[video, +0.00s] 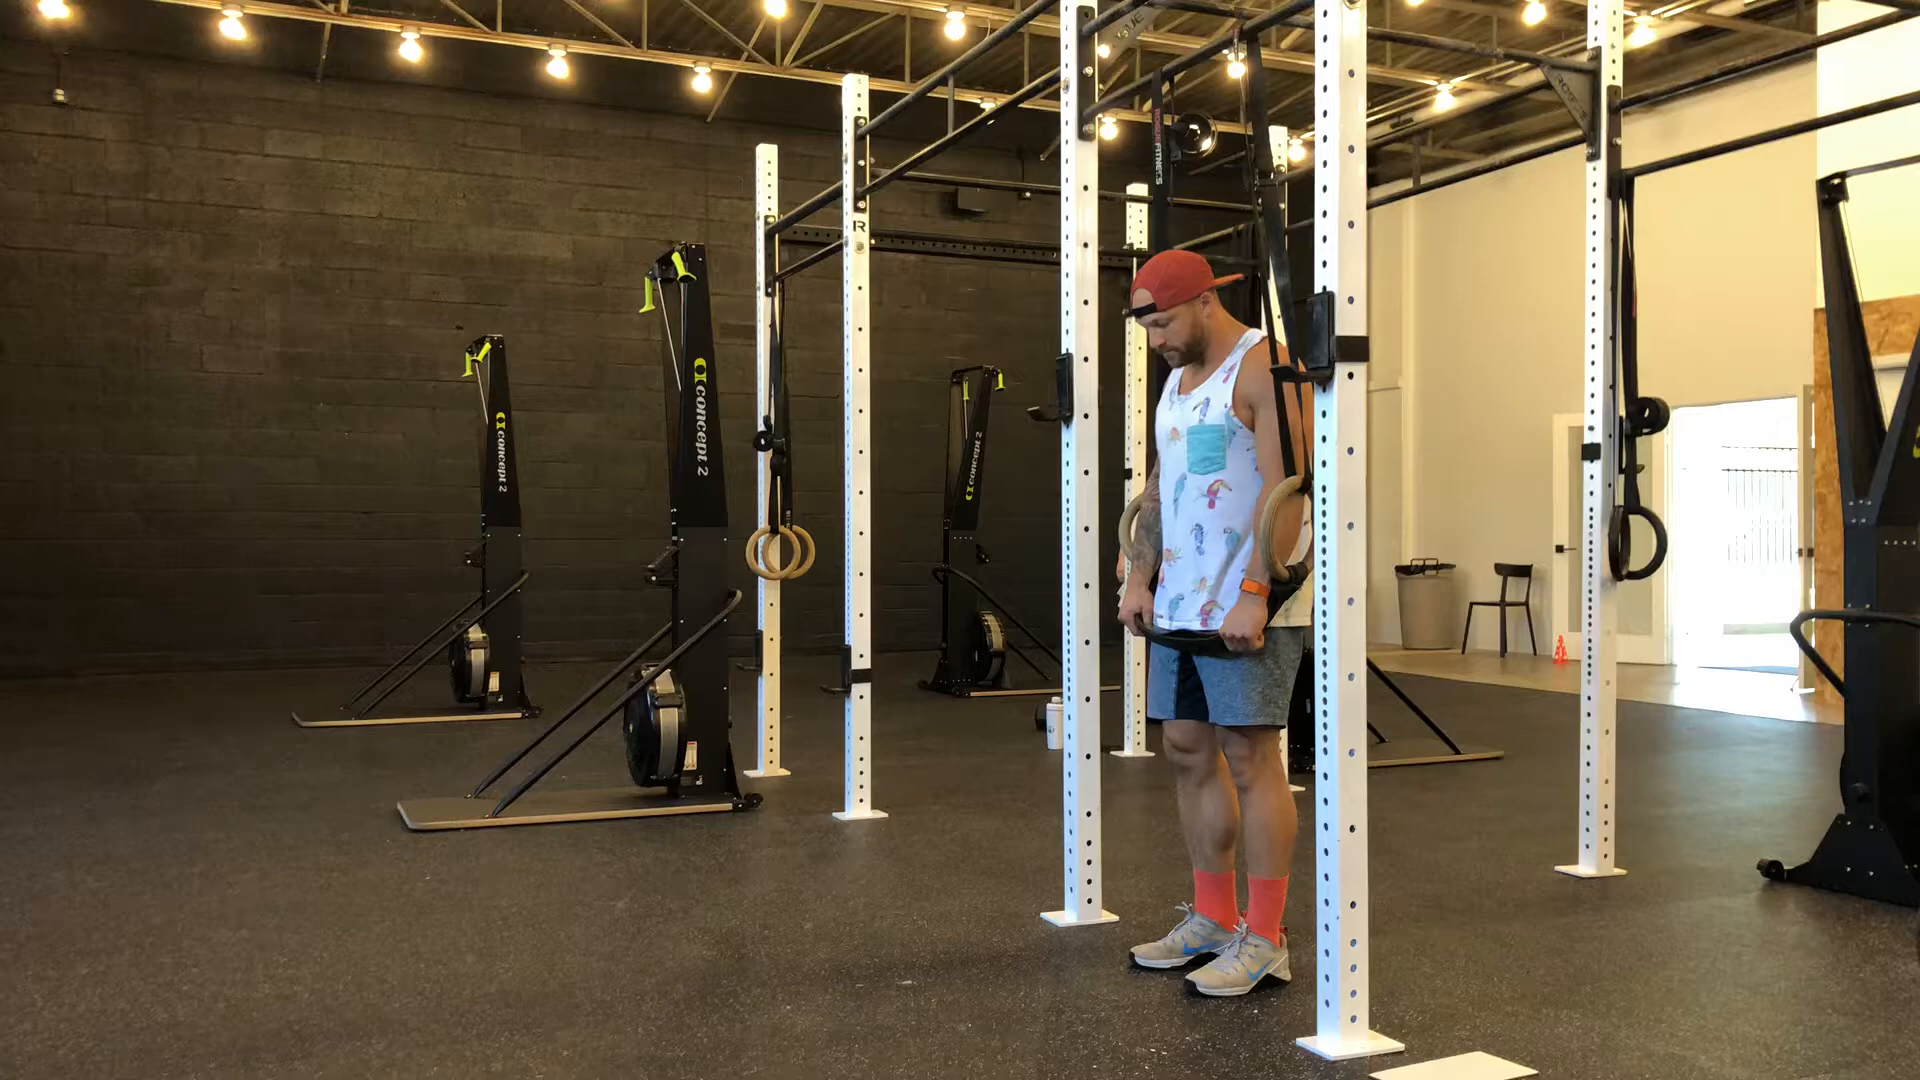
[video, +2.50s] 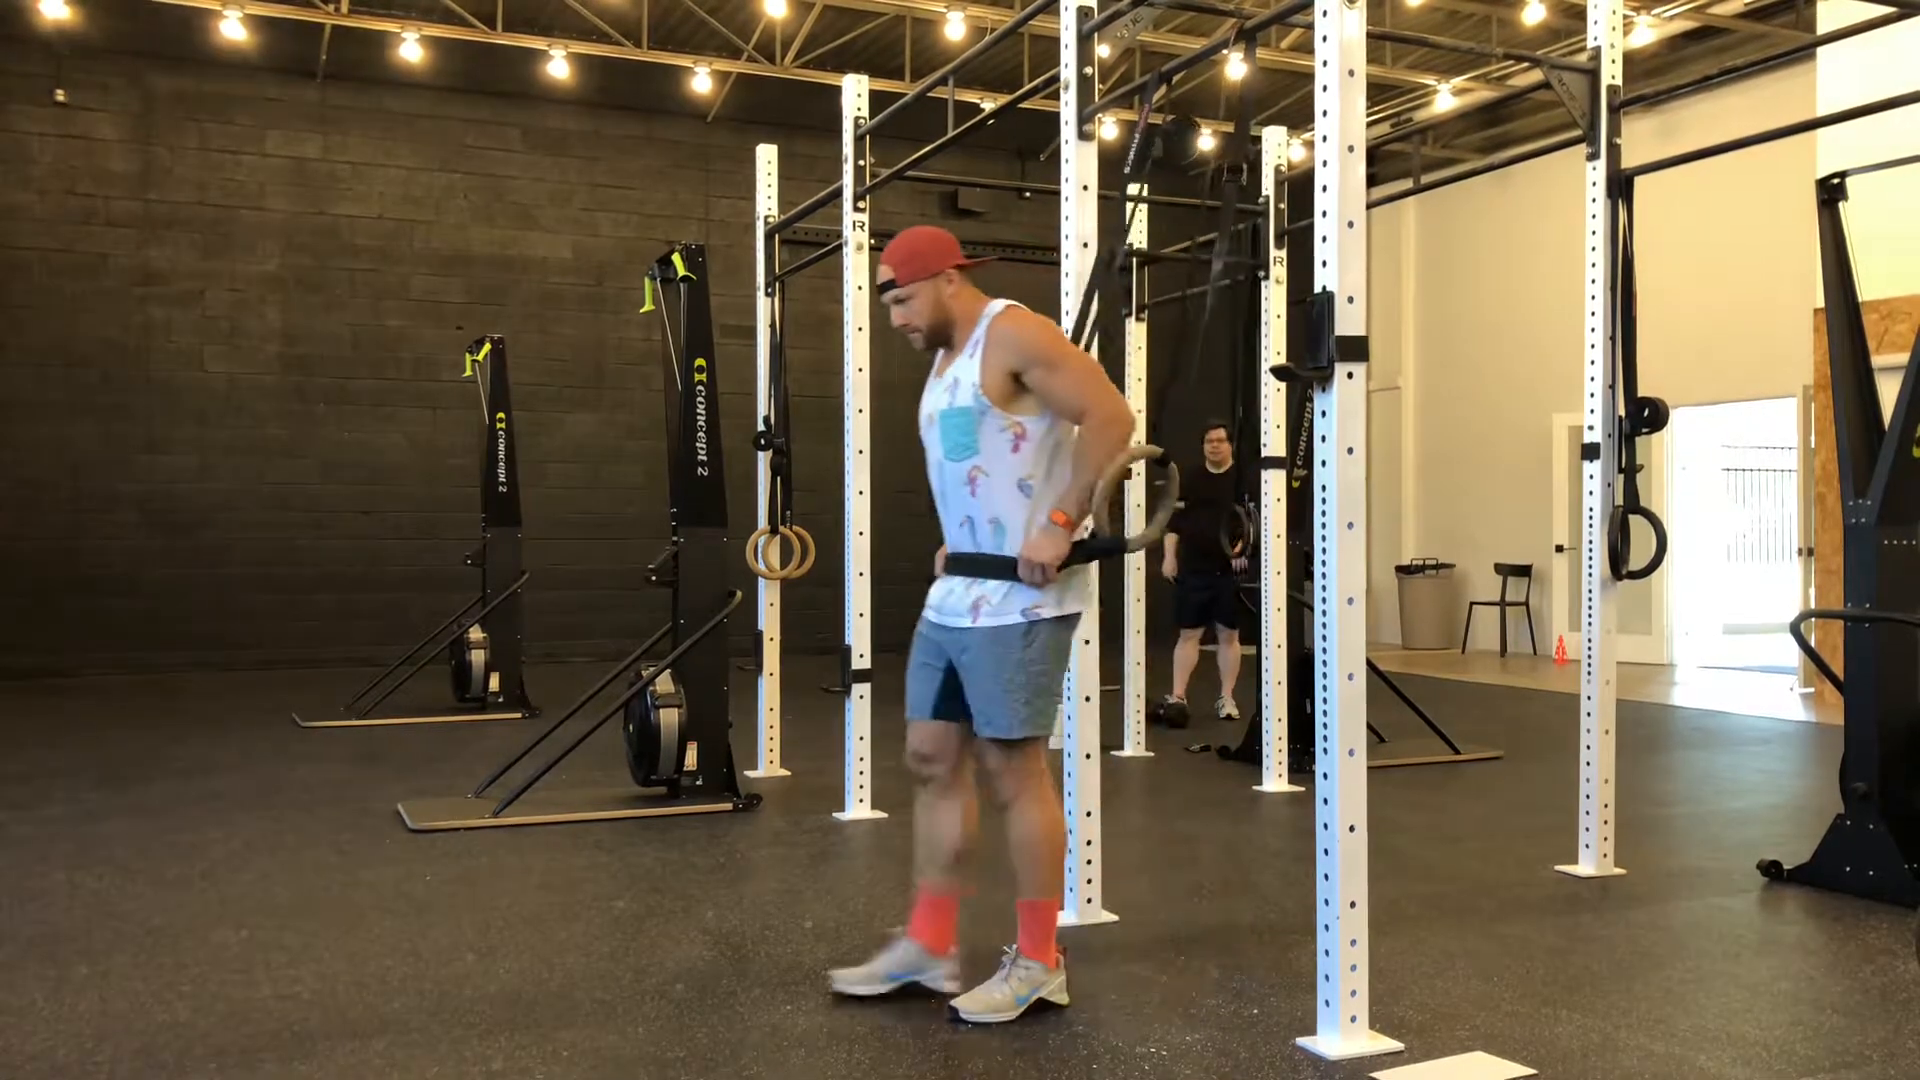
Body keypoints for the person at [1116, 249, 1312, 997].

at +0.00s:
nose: (1150, 334)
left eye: (1157, 317)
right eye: (1144, 321)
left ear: (1204, 301)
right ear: (1165, 317)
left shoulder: (1264, 369)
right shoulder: (1176, 378)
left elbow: (1286, 490)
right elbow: (1161, 490)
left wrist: (1257, 589)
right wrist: (1139, 571)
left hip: (1247, 605)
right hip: (1183, 603)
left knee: (1251, 758)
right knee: (1188, 752)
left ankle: (1266, 939)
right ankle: (1213, 921)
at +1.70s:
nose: (1107, 309)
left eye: (1118, 295)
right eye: (1104, 297)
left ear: (1163, 298)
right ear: (1124, 304)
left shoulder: (1210, 363)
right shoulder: (1131, 377)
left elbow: (1243, 480)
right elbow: (1110, 477)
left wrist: (1187, 565)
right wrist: (1076, 544)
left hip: (1197, 591)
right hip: (1149, 589)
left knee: (1133, 742)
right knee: (1187, 754)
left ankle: (1207, 919)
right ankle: (1219, 917)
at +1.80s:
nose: (1083, 313)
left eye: (1094, 298)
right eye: (1079, 301)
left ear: (1140, 299)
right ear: (1095, 309)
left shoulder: (1193, 368)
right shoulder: (1111, 380)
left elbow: (1232, 484)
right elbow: (1097, 475)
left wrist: (1173, 559)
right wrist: (1062, 536)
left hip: (1180, 596)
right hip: (1134, 595)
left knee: (1116, 750)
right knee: (1178, 759)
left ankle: (1113, 948)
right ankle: (1217, 924)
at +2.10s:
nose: (994, 320)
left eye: (1005, 305)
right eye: (991, 307)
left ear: (1055, 301)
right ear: (1029, 309)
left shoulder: (1115, 368)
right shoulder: (1034, 381)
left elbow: (1190, 465)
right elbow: (1048, 486)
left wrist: (1118, 542)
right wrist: (1011, 540)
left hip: (1098, 596)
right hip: (1056, 594)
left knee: (1030, 757)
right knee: (1094, 762)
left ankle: (1038, 959)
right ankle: (1193, 894)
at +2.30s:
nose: (942, 314)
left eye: (951, 296)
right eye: (938, 299)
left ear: (998, 286)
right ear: (981, 294)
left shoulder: (1067, 349)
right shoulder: (995, 365)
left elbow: (1150, 436)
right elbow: (1037, 469)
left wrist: (1087, 523)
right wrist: (992, 530)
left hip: (1057, 597)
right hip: (998, 591)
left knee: (1027, 764)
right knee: (975, 751)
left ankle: (1038, 964)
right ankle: (1109, 870)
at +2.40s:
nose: (914, 315)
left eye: (921, 297)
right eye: (909, 301)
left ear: (968, 283)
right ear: (951, 292)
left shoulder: (1038, 340)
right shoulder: (968, 362)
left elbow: (1130, 423)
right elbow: (1003, 471)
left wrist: (1074, 522)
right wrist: (970, 543)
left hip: (1034, 603)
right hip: (971, 596)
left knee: (1023, 767)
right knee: (940, 748)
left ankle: (1040, 960)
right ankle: (1005, 920)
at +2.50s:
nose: (893, 313)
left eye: (900, 294)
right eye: (888, 298)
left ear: (947, 280)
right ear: (930, 288)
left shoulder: (1016, 335)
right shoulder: (943, 367)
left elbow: (1111, 418)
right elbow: (983, 474)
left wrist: (1060, 521)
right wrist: (953, 554)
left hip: (1017, 602)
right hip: (955, 598)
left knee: (1017, 768)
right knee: (934, 757)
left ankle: (1036, 962)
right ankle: (929, 947)